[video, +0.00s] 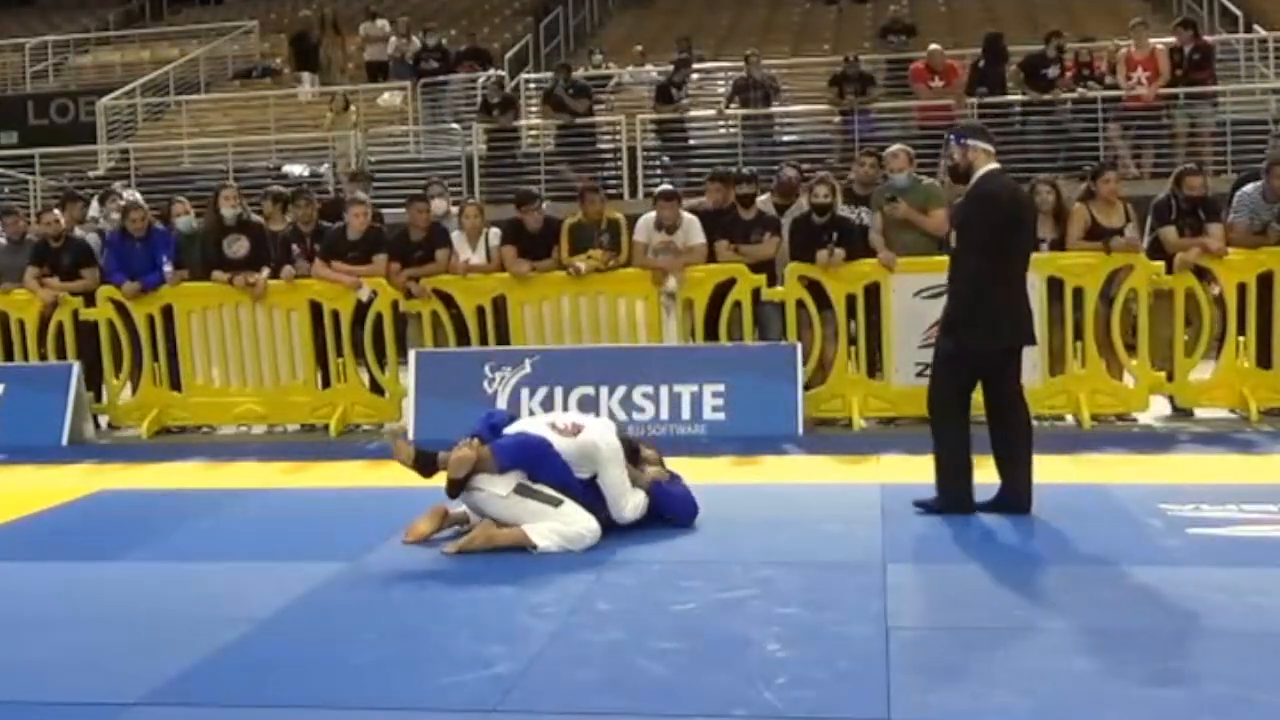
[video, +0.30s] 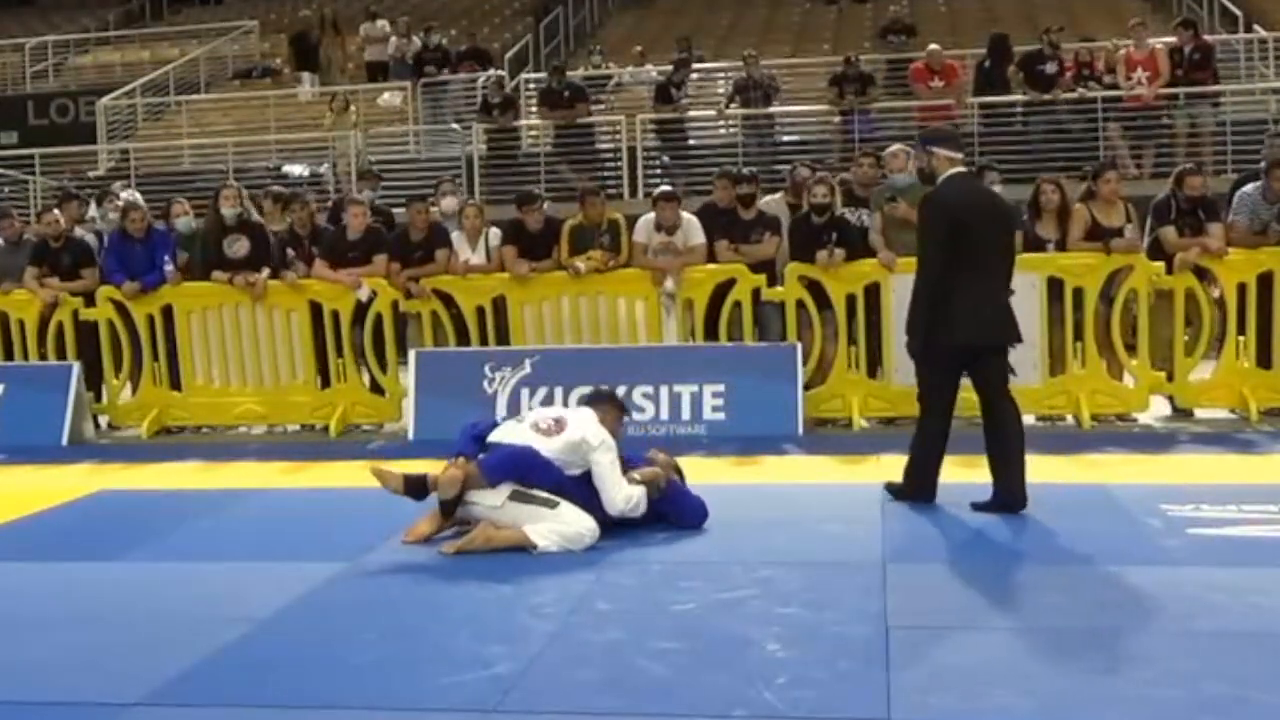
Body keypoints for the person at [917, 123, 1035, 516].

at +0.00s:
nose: (951, 162)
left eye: (953, 154)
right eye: (951, 154)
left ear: (968, 151)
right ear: (989, 151)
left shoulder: (978, 198)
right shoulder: (1017, 195)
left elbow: (971, 269)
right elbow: (1008, 269)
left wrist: (950, 320)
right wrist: (957, 314)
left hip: (971, 322)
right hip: (1006, 320)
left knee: (946, 402)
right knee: (1007, 403)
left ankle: (954, 494)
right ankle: (1016, 493)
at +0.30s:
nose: (919, 166)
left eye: (922, 159)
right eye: (920, 159)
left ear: (937, 158)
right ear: (961, 157)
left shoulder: (937, 202)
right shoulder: (995, 202)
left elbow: (929, 272)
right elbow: (1005, 269)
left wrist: (915, 329)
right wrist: (991, 306)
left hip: (944, 321)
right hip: (990, 320)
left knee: (935, 409)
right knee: (999, 405)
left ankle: (919, 484)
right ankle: (1010, 493)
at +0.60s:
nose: (879, 170)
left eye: (881, 163)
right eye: (879, 163)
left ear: (895, 159)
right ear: (916, 157)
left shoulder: (898, 205)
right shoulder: (956, 195)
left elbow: (891, 270)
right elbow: (970, 257)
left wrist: (881, 310)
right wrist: (960, 300)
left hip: (914, 318)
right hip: (957, 314)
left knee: (914, 400)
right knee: (949, 392)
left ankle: (921, 483)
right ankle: (988, 468)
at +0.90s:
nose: (852, 171)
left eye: (852, 165)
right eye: (852, 165)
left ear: (861, 163)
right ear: (888, 159)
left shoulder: (872, 204)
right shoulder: (927, 197)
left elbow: (864, 270)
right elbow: (940, 259)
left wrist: (849, 325)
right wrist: (935, 306)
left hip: (889, 313)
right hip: (924, 310)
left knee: (902, 393)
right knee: (898, 390)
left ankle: (920, 481)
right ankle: (895, 469)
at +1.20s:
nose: (829, 172)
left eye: (830, 166)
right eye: (829, 165)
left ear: (842, 165)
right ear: (865, 163)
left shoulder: (849, 203)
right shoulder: (889, 197)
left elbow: (847, 266)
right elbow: (895, 260)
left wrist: (833, 317)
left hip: (857, 313)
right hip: (888, 310)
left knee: (853, 390)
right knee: (872, 390)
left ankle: (902, 463)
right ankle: (863, 468)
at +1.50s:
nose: (767, 123)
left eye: (770, 114)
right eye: (767, 114)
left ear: (785, 115)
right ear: (802, 114)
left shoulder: (799, 154)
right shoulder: (829, 149)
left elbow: (796, 215)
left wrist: (758, 241)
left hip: (793, 261)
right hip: (828, 258)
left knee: (770, 335)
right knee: (825, 338)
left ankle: (768, 415)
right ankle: (830, 418)